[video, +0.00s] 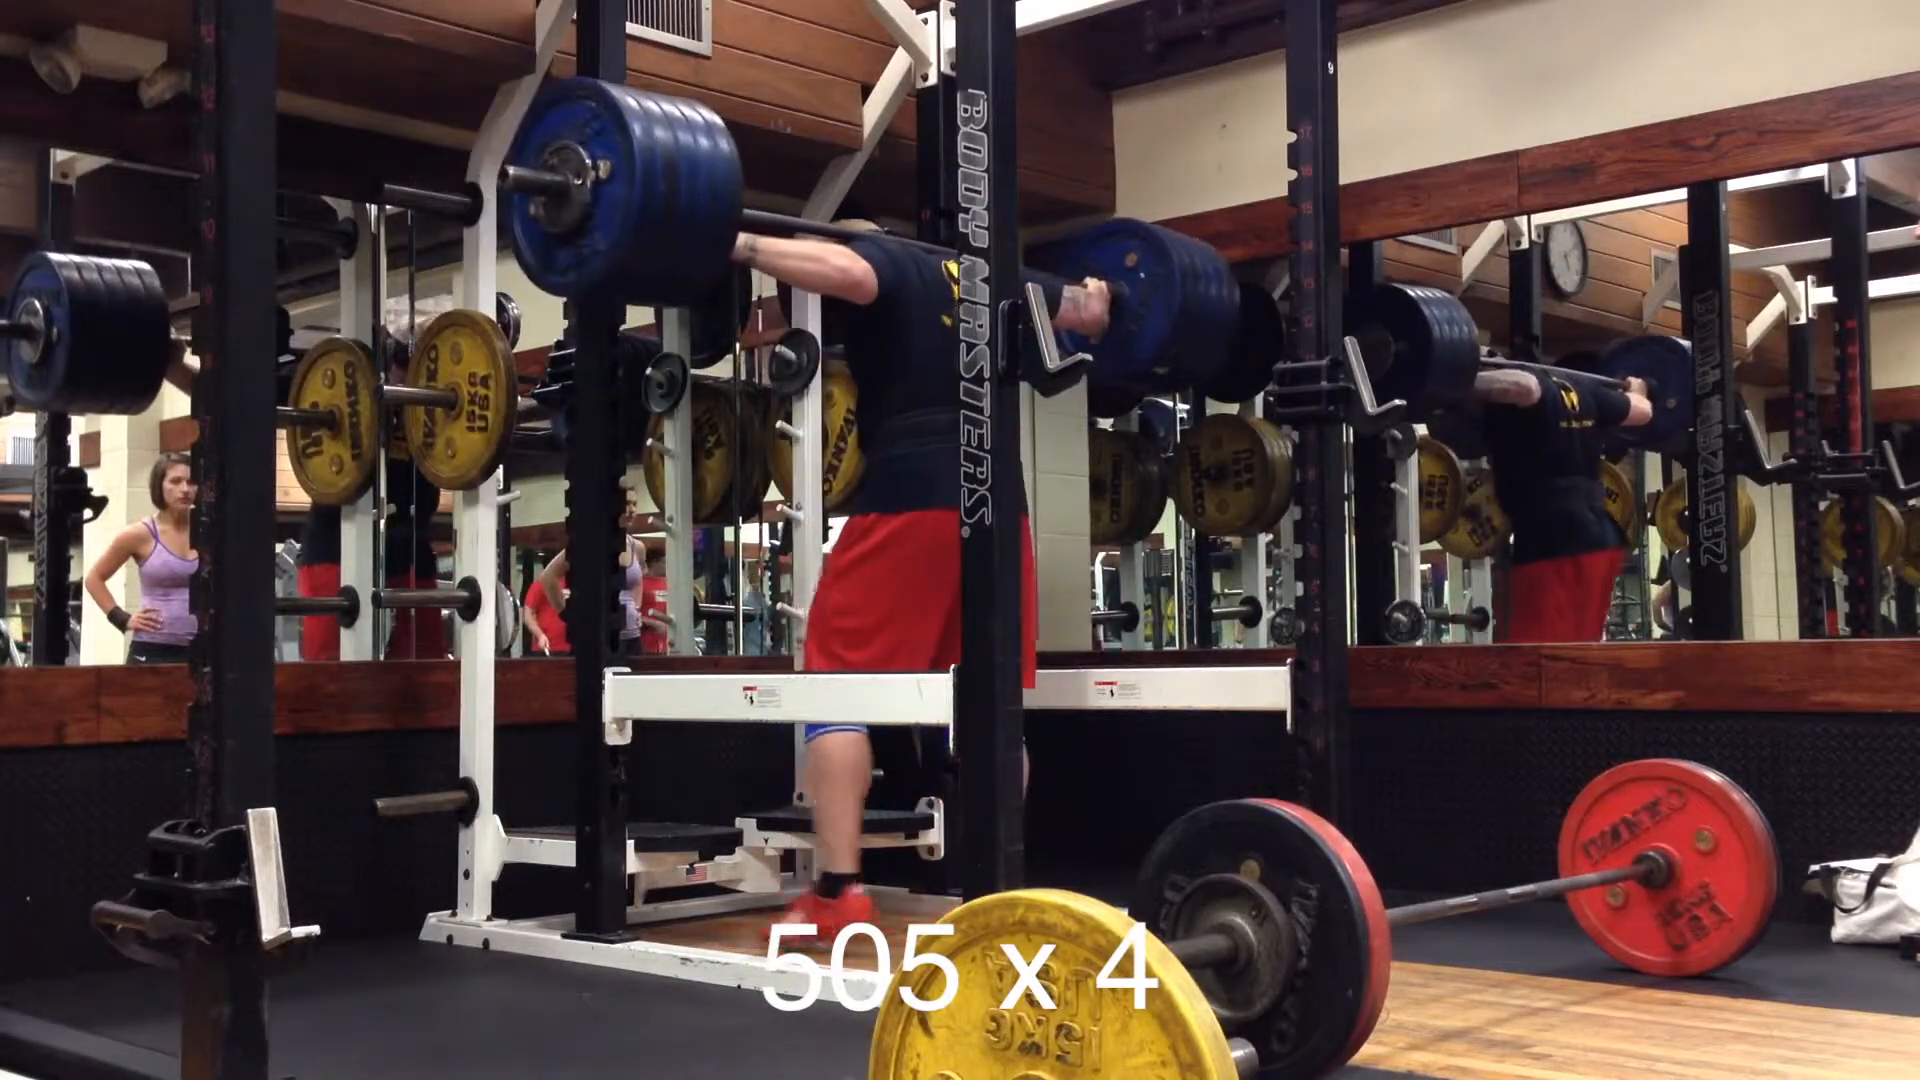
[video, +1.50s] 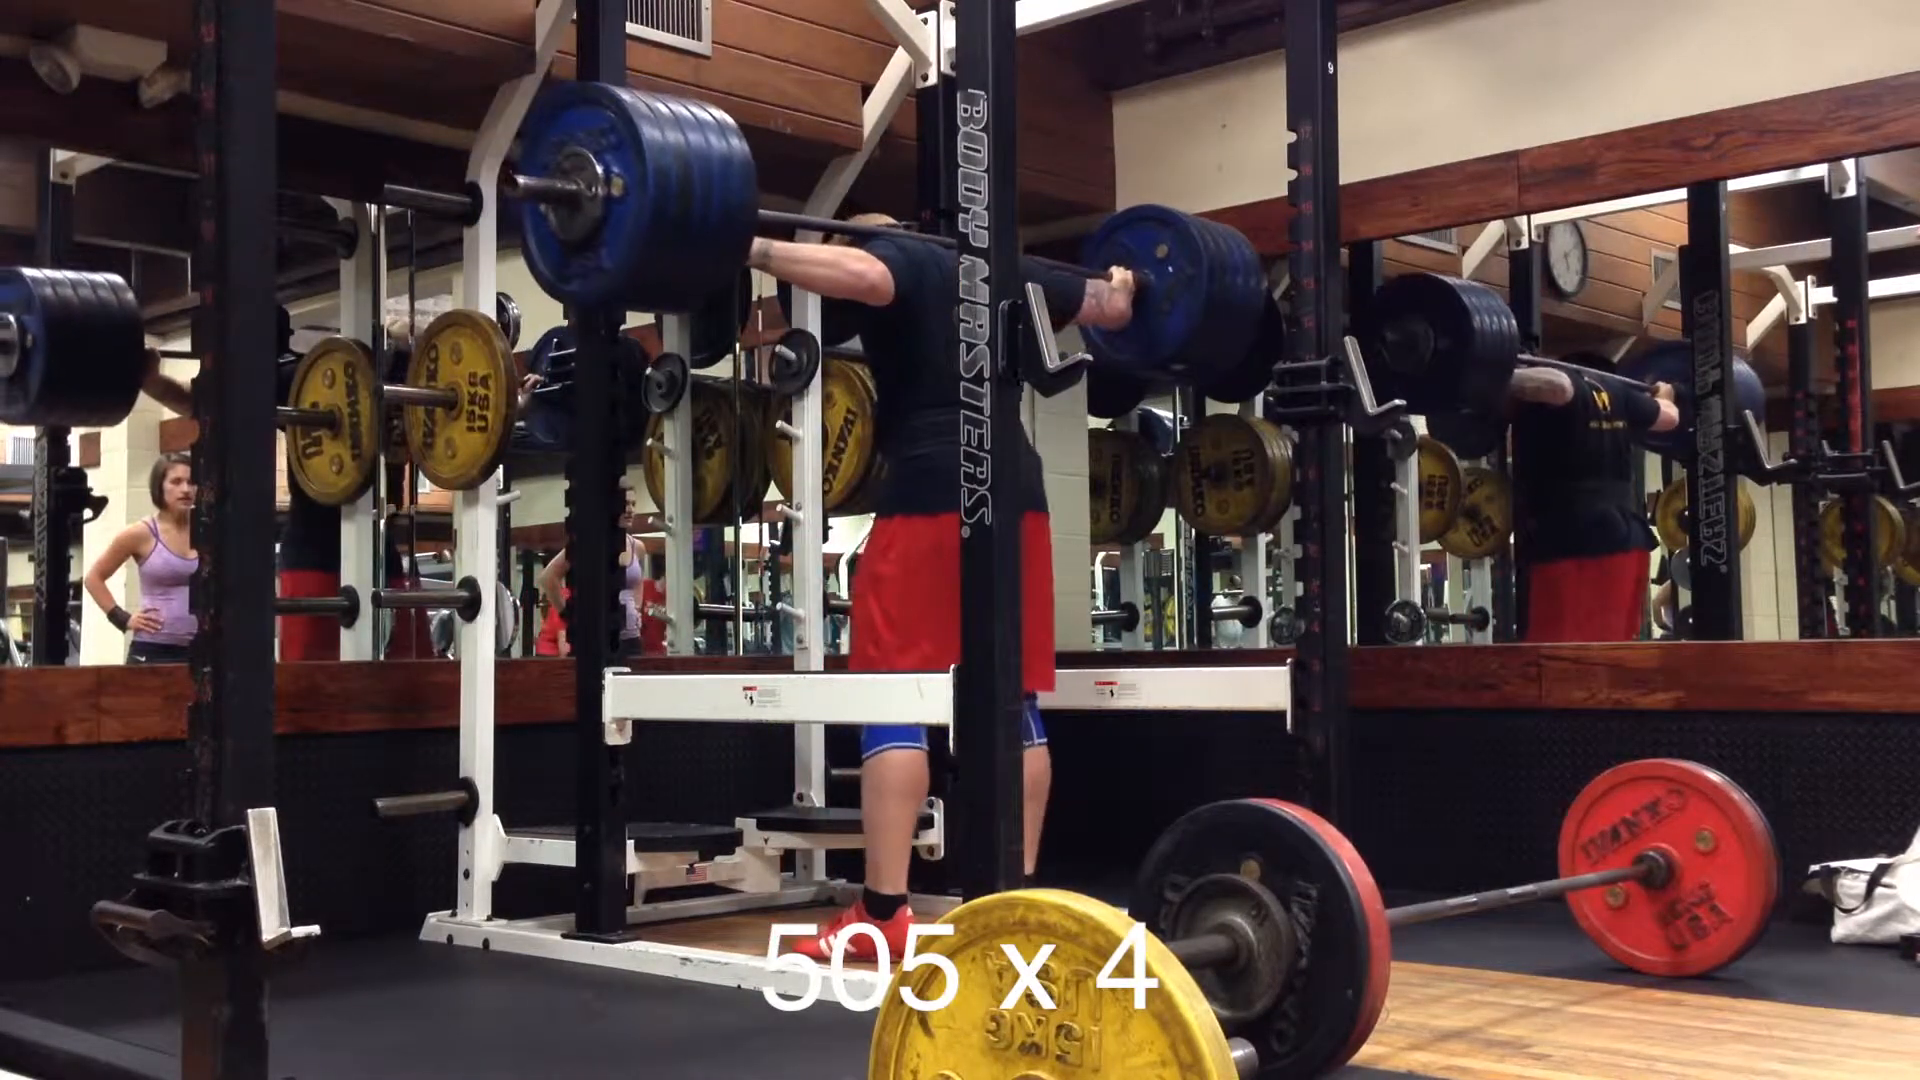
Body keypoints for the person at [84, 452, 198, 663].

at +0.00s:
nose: (185, 489)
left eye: (191, 482)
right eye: (176, 481)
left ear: (198, 487)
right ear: (159, 486)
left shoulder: (205, 528)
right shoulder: (140, 535)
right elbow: (93, 579)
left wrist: (213, 613)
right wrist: (123, 620)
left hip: (200, 647)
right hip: (153, 648)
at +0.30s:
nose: (185, 489)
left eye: (190, 482)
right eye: (175, 482)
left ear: (198, 487)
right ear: (159, 487)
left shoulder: (204, 529)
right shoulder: (140, 535)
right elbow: (93, 579)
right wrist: (123, 620)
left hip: (200, 648)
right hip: (153, 648)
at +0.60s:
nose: (185, 489)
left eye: (190, 482)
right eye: (175, 482)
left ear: (198, 487)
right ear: (159, 487)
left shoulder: (204, 528)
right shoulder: (140, 534)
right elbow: (93, 579)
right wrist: (124, 620)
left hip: (200, 648)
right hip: (153, 648)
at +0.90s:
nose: (185, 489)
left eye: (190, 482)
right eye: (175, 482)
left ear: (198, 487)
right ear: (159, 487)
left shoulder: (203, 528)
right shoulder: (140, 533)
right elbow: (93, 578)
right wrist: (124, 620)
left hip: (199, 648)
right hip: (153, 648)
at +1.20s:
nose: (185, 489)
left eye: (190, 482)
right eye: (176, 482)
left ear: (198, 487)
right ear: (159, 486)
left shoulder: (204, 528)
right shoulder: (140, 534)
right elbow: (93, 579)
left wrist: (212, 613)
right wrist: (124, 619)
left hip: (199, 648)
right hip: (153, 648)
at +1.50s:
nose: (186, 489)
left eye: (191, 482)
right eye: (176, 482)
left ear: (199, 487)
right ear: (159, 487)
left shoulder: (204, 529)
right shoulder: (141, 534)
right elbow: (93, 579)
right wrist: (123, 619)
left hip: (199, 648)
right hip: (153, 648)